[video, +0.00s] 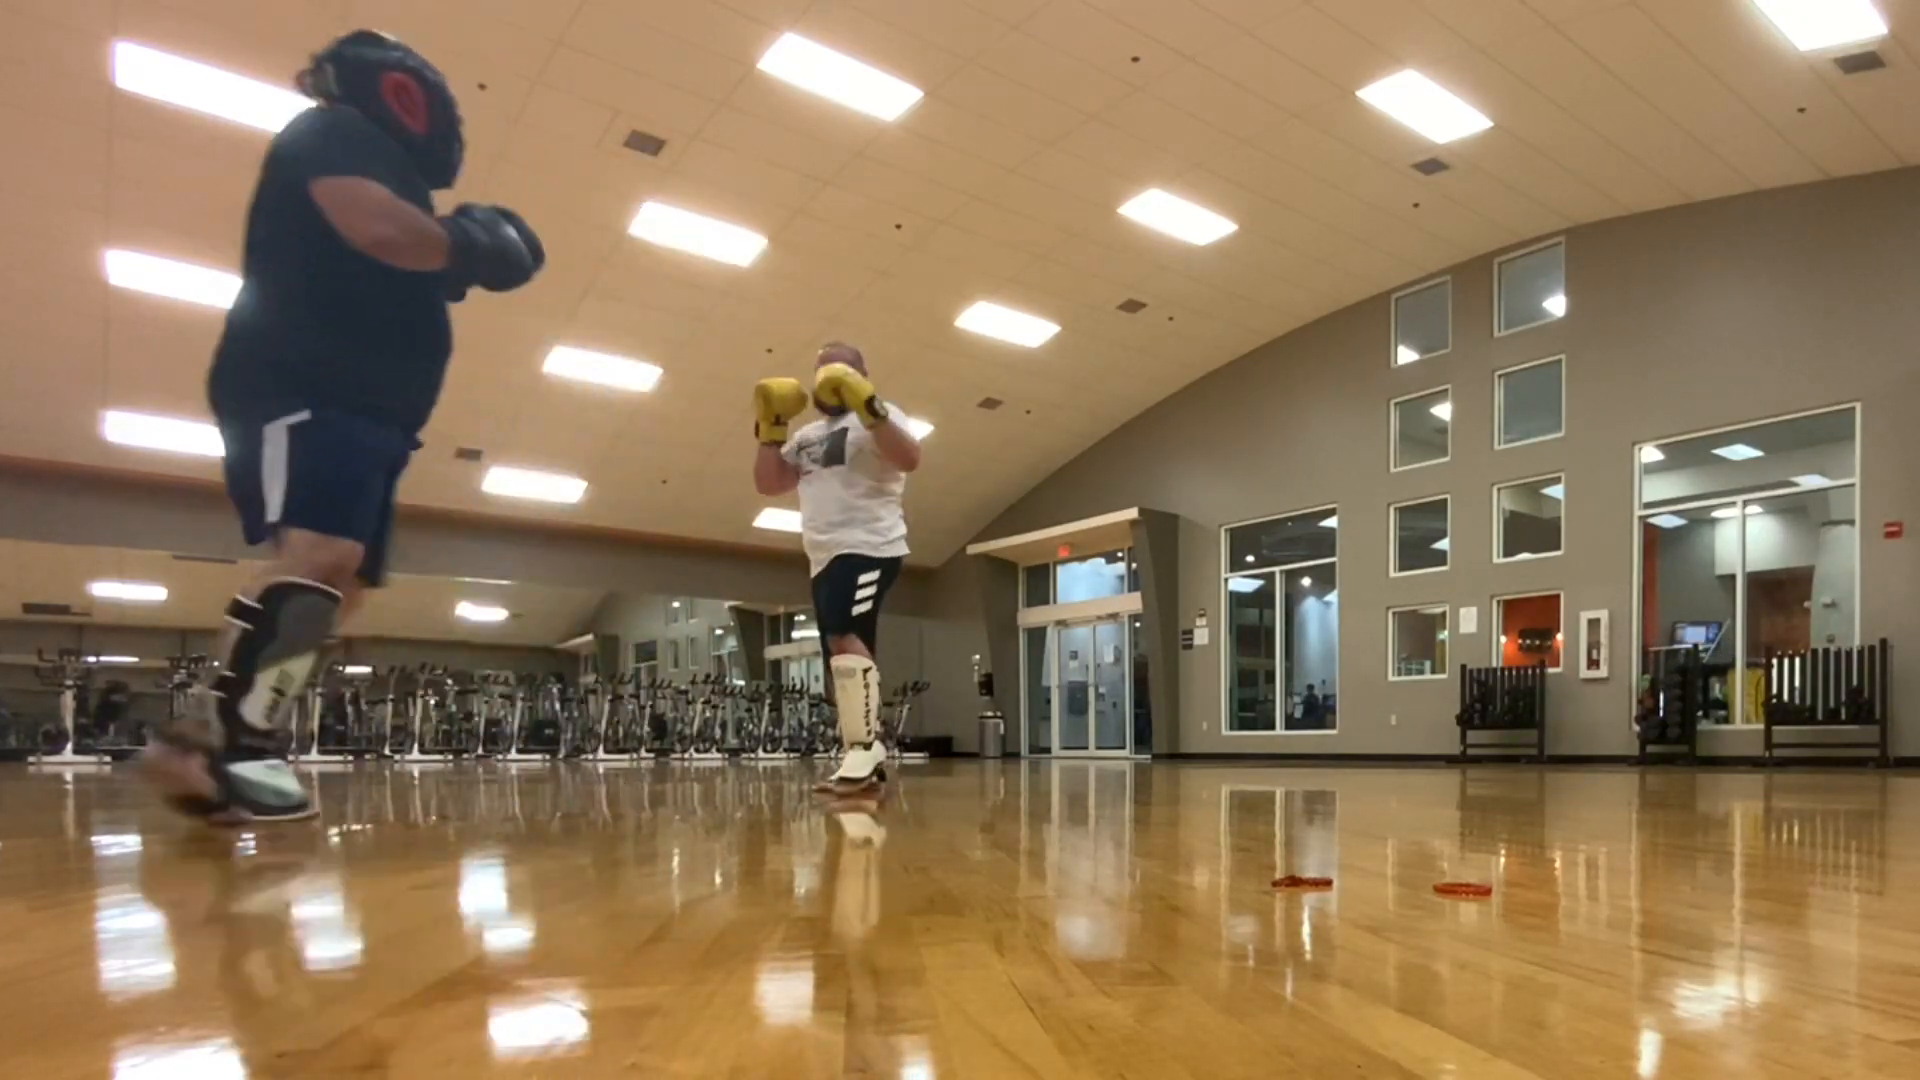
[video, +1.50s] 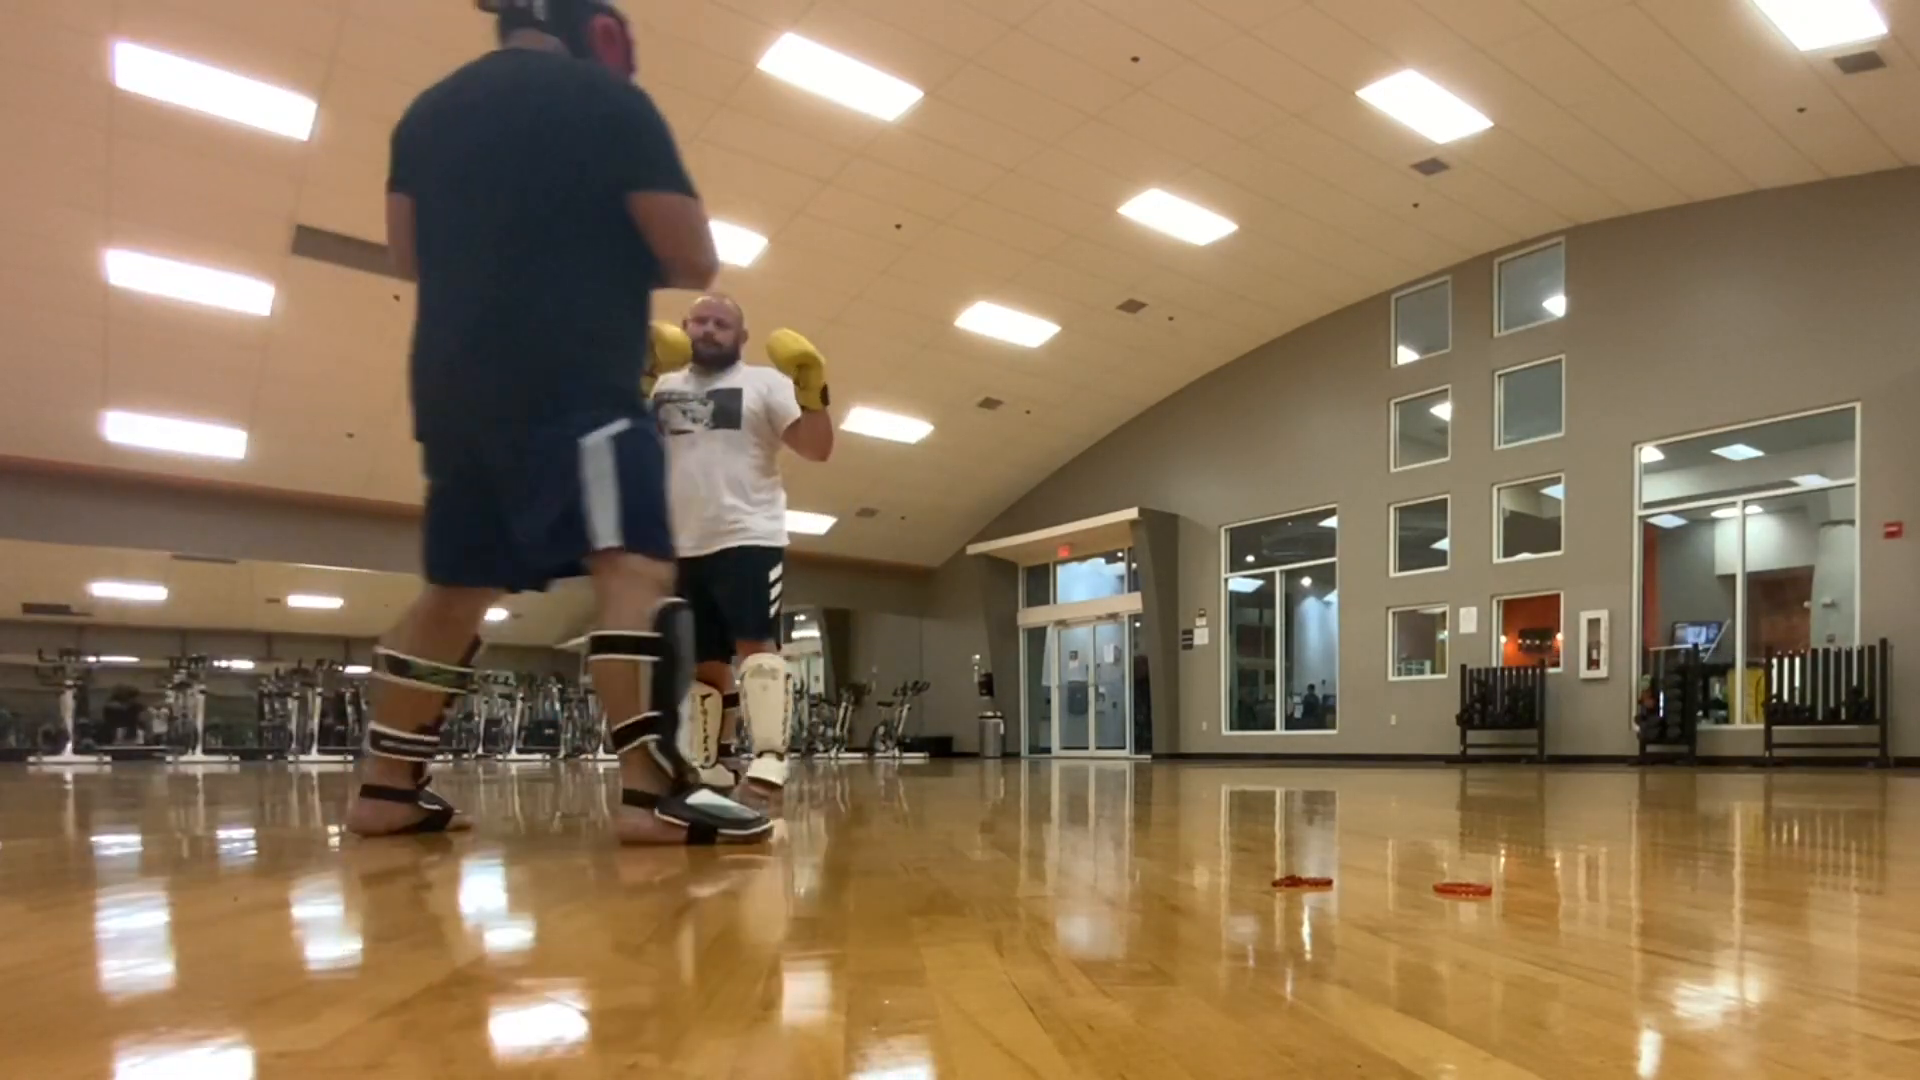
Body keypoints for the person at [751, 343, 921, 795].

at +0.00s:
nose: (832, 372)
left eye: (842, 365)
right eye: (825, 364)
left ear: (861, 375)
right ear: (815, 378)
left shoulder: (879, 416)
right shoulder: (806, 435)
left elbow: (909, 459)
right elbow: (770, 484)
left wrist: (870, 410)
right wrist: (769, 432)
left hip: (870, 544)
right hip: (826, 552)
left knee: (844, 637)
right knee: (847, 649)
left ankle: (859, 749)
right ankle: (866, 750)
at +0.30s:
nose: (812, 380)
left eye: (822, 373)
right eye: (809, 373)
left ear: (851, 380)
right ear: (804, 378)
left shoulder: (875, 419)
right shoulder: (798, 434)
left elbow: (910, 475)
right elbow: (768, 490)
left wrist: (870, 425)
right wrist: (764, 438)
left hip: (863, 547)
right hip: (819, 557)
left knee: (839, 641)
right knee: (835, 654)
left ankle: (856, 757)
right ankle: (861, 758)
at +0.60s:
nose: (797, 372)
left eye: (809, 365)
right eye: (793, 363)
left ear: (836, 373)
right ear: (786, 369)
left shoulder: (853, 419)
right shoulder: (777, 428)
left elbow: (900, 473)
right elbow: (746, 487)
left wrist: (867, 418)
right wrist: (741, 435)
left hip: (851, 550)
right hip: (803, 558)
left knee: (822, 648)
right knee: (835, 663)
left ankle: (836, 766)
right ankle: (861, 760)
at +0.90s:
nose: (776, 332)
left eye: (788, 324)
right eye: (770, 323)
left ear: (811, 339)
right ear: (761, 340)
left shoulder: (834, 382)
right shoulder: (755, 401)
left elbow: (863, 432)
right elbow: (721, 459)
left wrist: (818, 376)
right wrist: (714, 409)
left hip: (829, 541)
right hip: (773, 546)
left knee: (825, 653)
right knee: (753, 652)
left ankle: (837, 770)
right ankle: (786, 747)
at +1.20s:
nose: (731, 341)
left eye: (744, 334)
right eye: (724, 333)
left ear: (771, 344)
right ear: (714, 342)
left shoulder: (797, 386)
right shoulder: (701, 400)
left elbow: (833, 452)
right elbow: (678, 476)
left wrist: (791, 410)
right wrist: (673, 431)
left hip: (786, 543)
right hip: (721, 550)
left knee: (798, 652)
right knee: (711, 657)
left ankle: (832, 766)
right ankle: (712, 766)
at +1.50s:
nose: (707, 330)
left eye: (721, 324)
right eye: (699, 320)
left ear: (741, 338)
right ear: (684, 331)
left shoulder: (766, 382)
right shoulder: (664, 384)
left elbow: (817, 447)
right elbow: (626, 434)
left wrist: (815, 393)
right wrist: (639, 373)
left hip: (750, 534)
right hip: (686, 540)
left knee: (754, 646)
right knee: (706, 661)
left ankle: (769, 759)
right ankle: (705, 767)